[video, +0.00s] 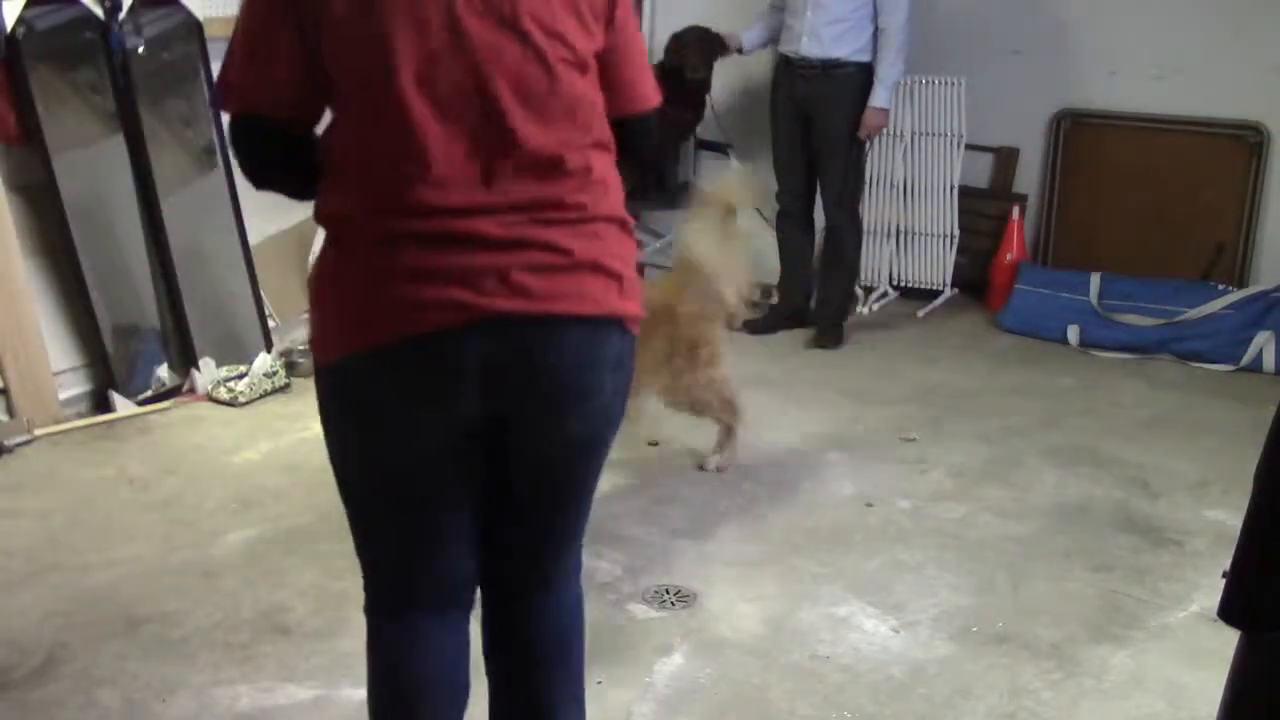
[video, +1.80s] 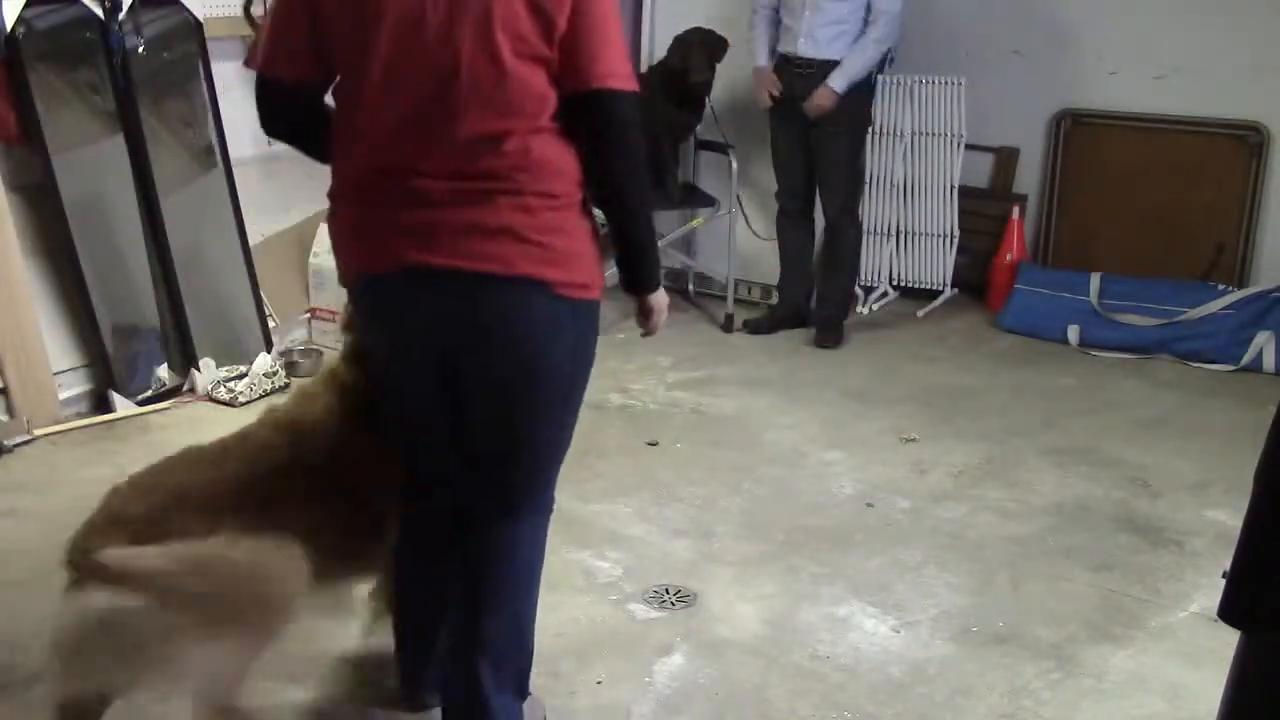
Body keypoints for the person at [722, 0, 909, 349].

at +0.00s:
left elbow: (894, 25)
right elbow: (780, 15)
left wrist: (880, 101)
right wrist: (739, 42)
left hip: (845, 79)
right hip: (790, 75)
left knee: (840, 207)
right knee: (792, 202)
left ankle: (831, 316)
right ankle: (792, 304)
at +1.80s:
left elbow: (885, 30)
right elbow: (765, 8)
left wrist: (834, 85)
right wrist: (761, 65)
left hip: (845, 81)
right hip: (787, 76)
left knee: (838, 207)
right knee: (791, 203)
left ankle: (831, 314)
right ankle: (792, 306)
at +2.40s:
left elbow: (891, 24)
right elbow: (760, 11)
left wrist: (886, 100)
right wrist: (758, 78)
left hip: (844, 80)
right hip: (787, 76)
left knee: (839, 209)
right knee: (790, 204)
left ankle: (831, 313)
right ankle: (792, 305)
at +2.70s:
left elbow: (900, 22)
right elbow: (758, 14)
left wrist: (903, 99)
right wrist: (744, 79)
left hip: (842, 81)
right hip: (785, 78)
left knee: (839, 209)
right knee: (790, 204)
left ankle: (831, 315)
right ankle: (792, 306)